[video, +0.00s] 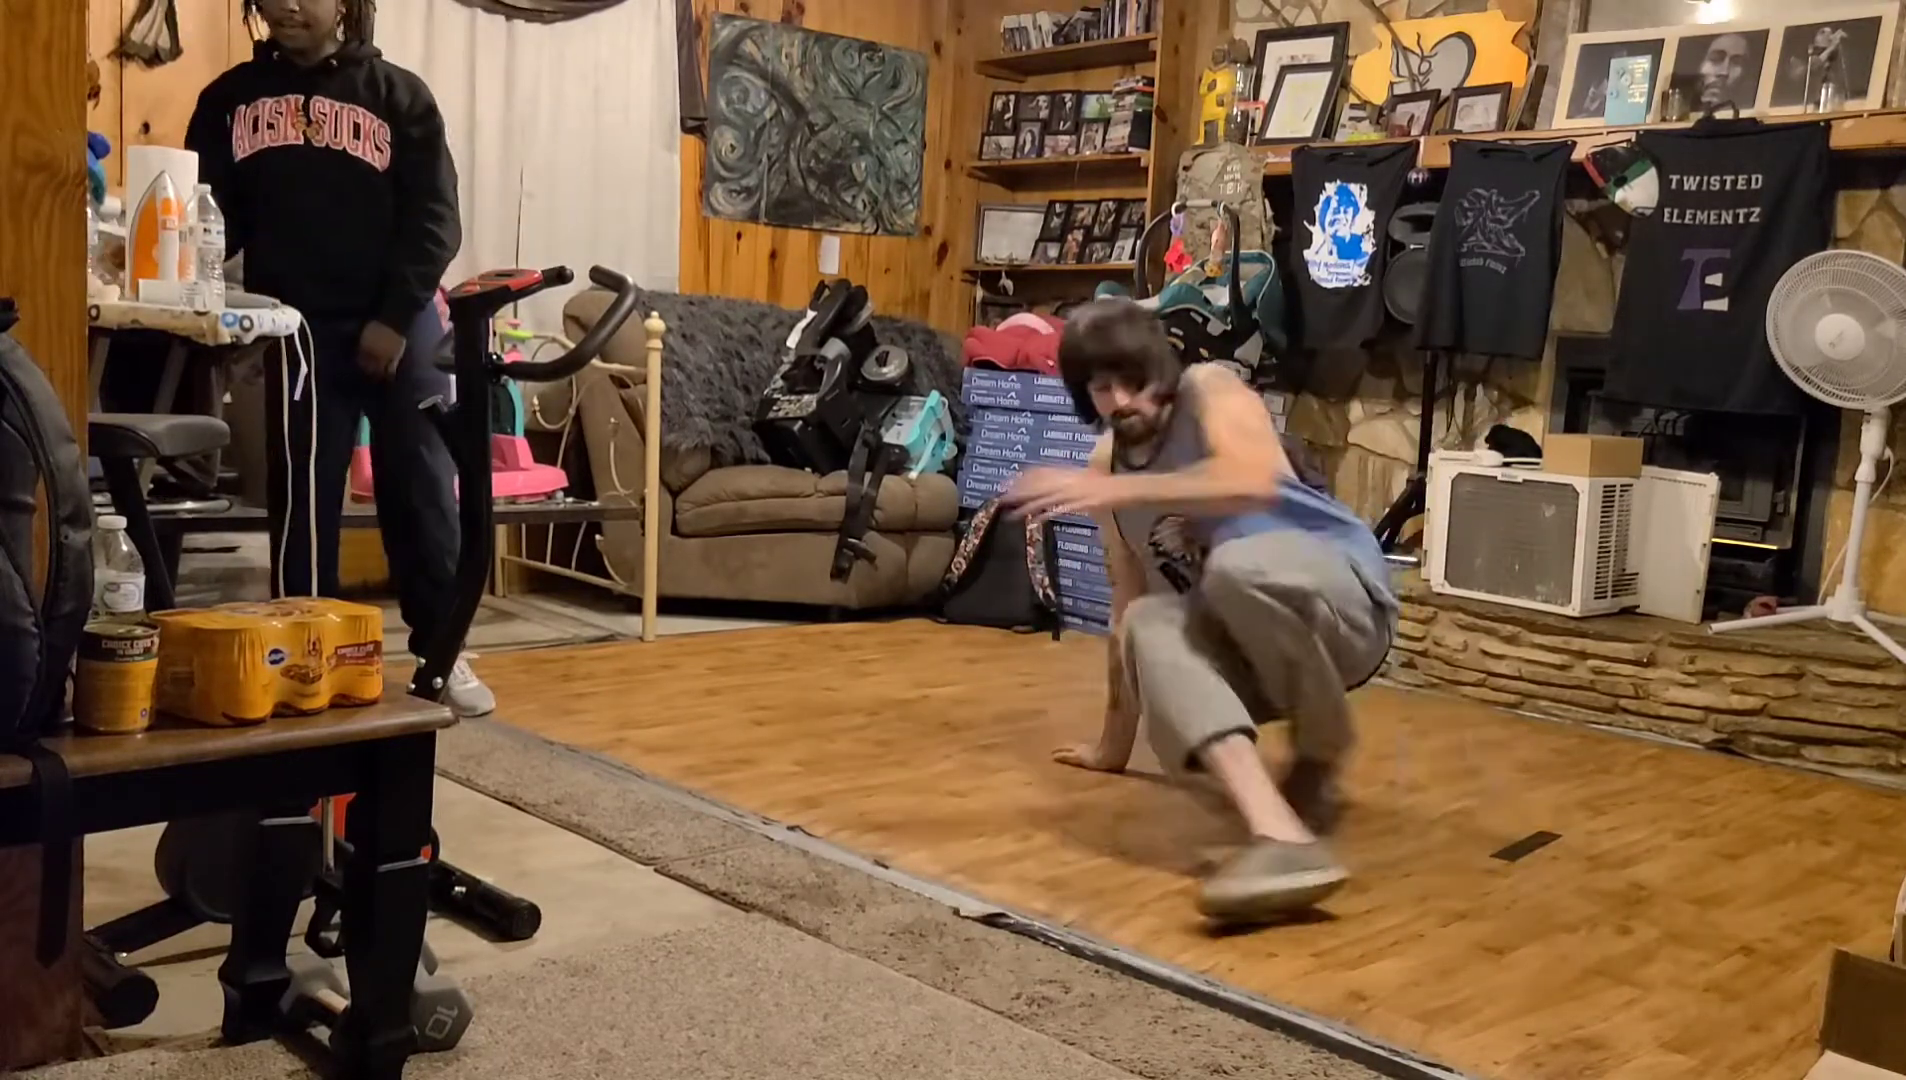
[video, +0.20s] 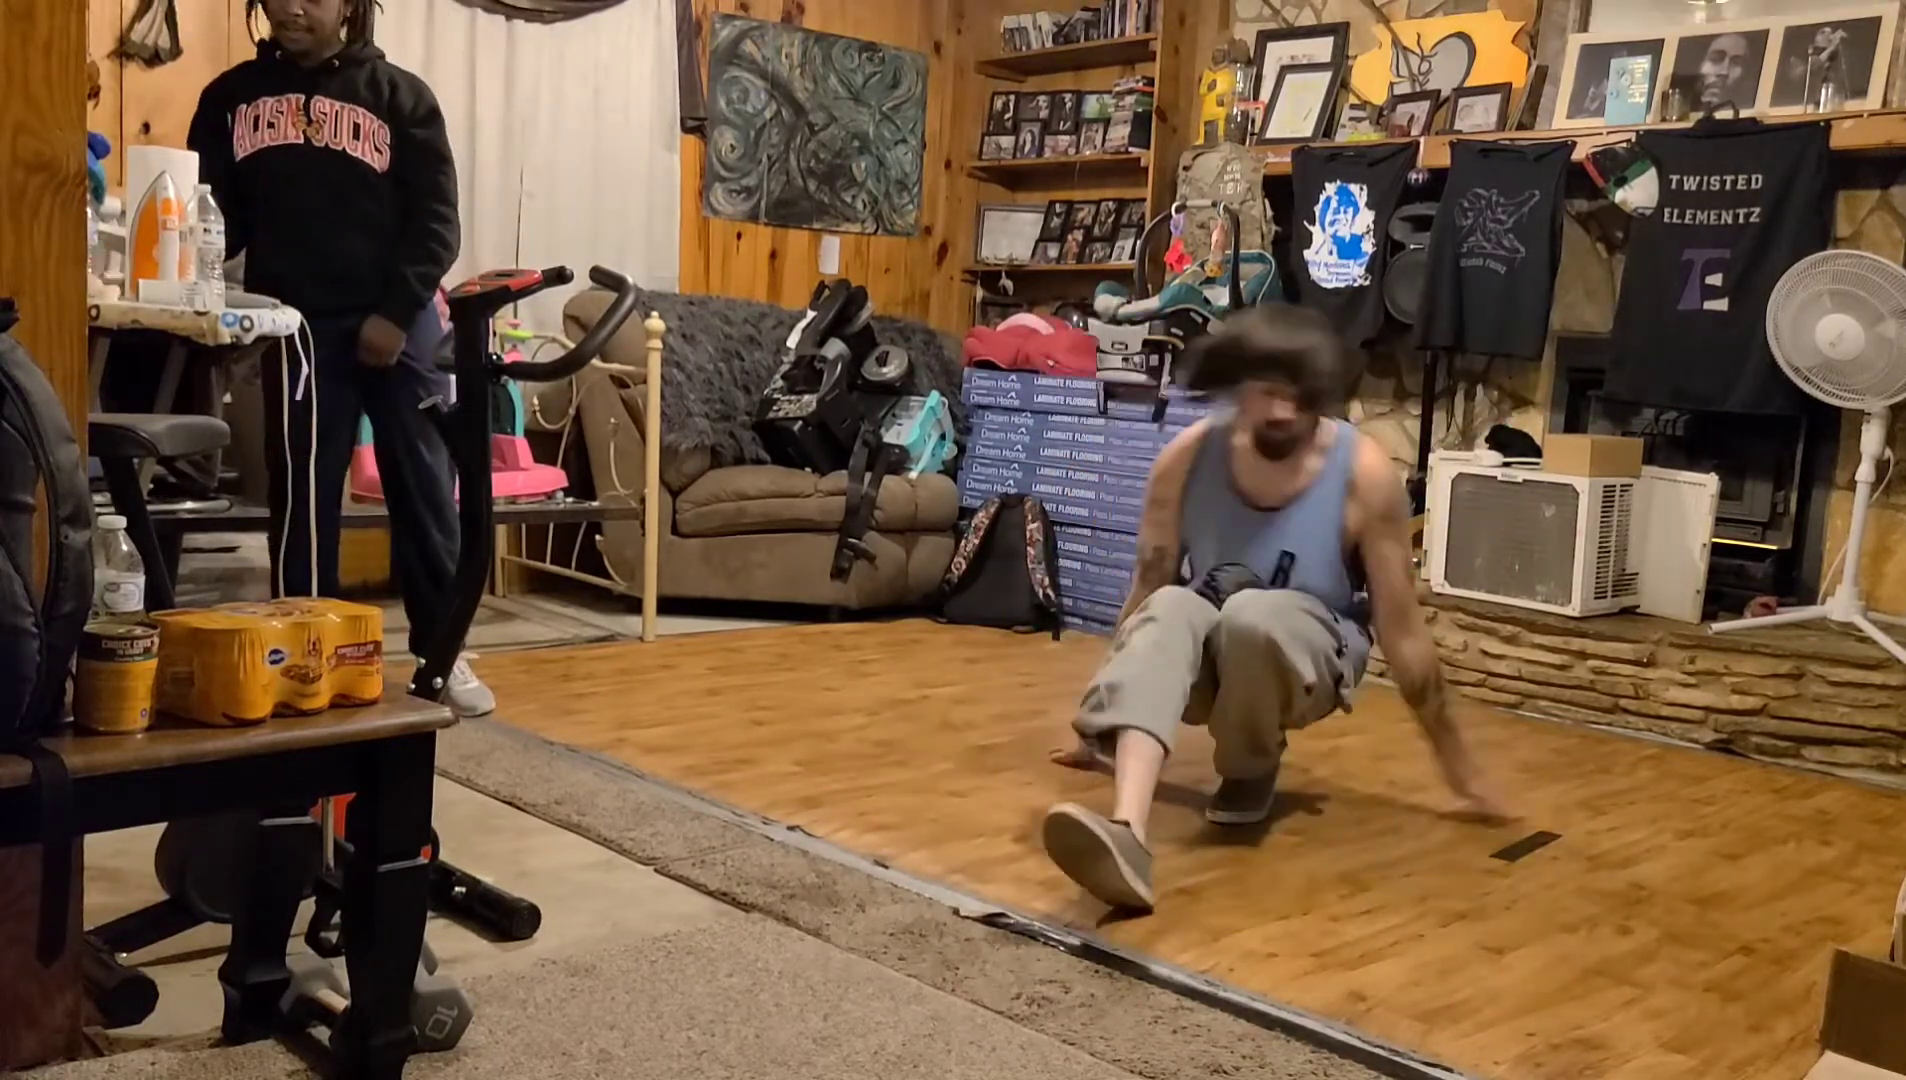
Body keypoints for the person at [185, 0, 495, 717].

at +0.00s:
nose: (291, 7)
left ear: (344, 4)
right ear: (258, 7)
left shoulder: (398, 95)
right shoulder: (226, 99)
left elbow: (435, 221)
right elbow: (204, 230)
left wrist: (396, 315)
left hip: (395, 322)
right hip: (291, 330)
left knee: (422, 487)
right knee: (303, 496)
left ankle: (443, 657)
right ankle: (301, 660)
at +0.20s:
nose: (292, 11)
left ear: (348, 7)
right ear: (263, 8)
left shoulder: (400, 96)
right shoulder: (228, 97)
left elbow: (438, 220)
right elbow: (209, 226)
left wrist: (398, 310)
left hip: (394, 322)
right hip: (292, 330)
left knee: (424, 491)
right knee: (302, 495)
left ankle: (443, 658)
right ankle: (301, 660)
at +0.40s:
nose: (294, 11)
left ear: (351, 9)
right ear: (265, 7)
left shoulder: (401, 99)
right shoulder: (230, 97)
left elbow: (438, 220)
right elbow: (212, 222)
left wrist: (396, 305)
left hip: (393, 318)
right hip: (292, 325)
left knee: (423, 488)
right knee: (303, 491)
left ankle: (442, 658)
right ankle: (300, 657)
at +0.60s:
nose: (291, 13)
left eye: (311, 1)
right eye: (281, 0)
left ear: (348, 11)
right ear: (265, 9)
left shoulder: (398, 99)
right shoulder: (229, 96)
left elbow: (435, 222)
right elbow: (213, 221)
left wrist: (391, 310)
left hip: (390, 322)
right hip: (291, 328)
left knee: (422, 490)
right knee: (299, 492)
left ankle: (443, 658)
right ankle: (298, 656)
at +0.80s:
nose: (284, 14)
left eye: (302, 1)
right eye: (272, 1)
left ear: (340, 10)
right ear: (257, 9)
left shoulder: (392, 99)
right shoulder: (223, 95)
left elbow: (426, 223)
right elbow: (204, 222)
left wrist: (389, 320)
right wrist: (210, 315)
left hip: (385, 321)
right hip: (285, 326)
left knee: (419, 488)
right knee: (297, 493)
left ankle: (442, 657)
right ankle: (298, 657)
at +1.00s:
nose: (276, 15)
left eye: (294, 2)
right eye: (265, 2)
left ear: (335, 11)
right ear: (249, 8)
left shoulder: (384, 97)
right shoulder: (216, 95)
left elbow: (420, 223)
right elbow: (189, 216)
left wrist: (377, 309)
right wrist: (207, 306)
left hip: (380, 315)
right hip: (280, 321)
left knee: (414, 485)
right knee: (294, 488)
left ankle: (443, 656)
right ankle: (300, 652)